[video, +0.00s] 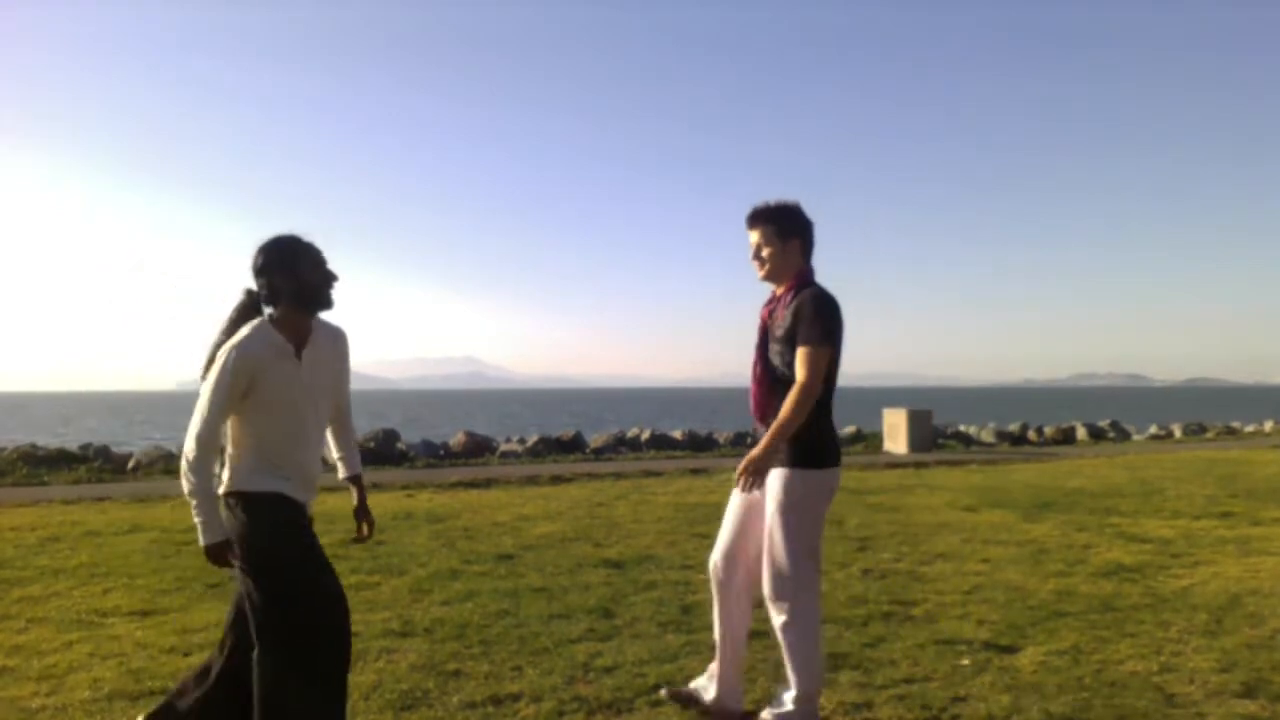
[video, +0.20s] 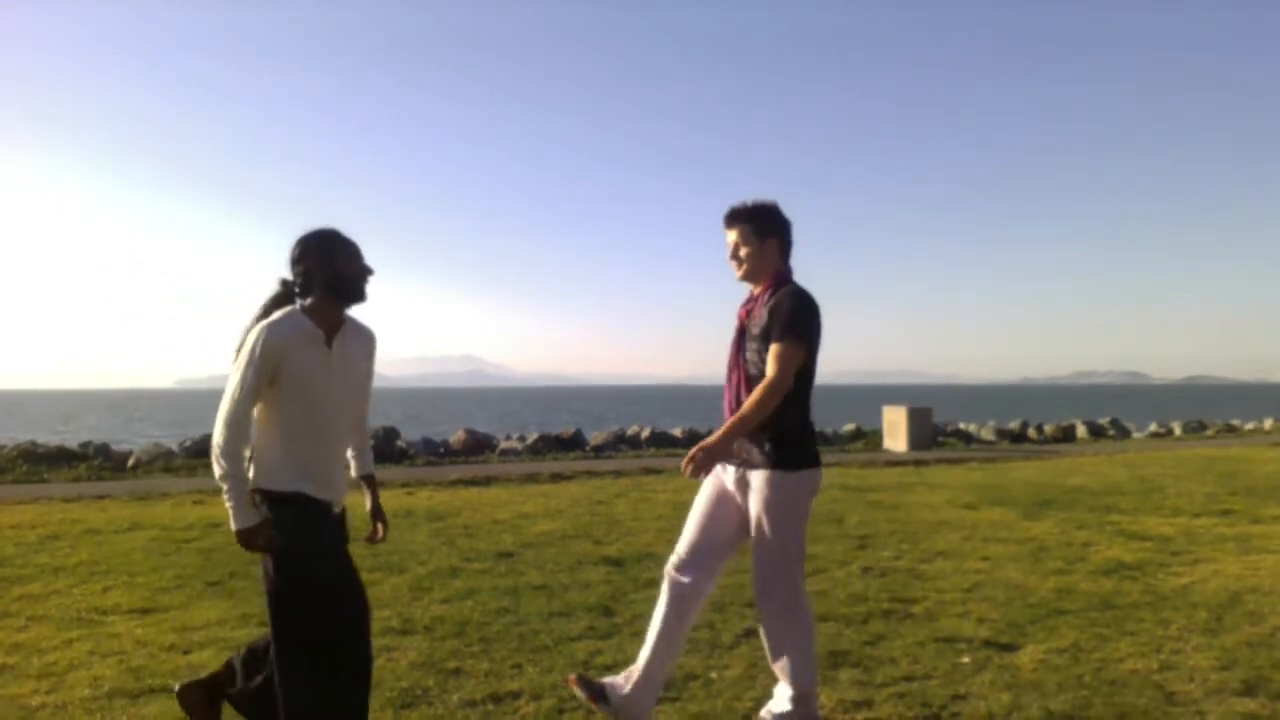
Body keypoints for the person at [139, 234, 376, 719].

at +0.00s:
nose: (332, 276)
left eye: (326, 266)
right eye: (318, 267)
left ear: (293, 280)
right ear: (285, 280)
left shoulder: (332, 341)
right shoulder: (245, 349)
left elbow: (339, 421)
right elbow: (198, 446)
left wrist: (357, 487)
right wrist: (210, 527)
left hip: (295, 504)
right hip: (253, 502)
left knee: (249, 643)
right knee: (324, 616)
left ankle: (182, 713)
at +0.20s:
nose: (367, 269)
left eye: (362, 258)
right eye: (354, 258)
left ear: (335, 271)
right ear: (320, 269)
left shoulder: (361, 341)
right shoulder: (272, 335)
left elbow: (356, 424)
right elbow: (228, 430)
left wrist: (371, 489)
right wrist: (242, 511)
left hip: (329, 503)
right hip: (283, 500)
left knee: (308, 628)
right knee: (348, 616)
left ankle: (214, 689)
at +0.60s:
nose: (416, 277)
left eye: (412, 268)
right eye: (405, 266)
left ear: (373, 275)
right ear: (371, 273)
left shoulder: (375, 331)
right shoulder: (343, 311)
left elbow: (342, 403)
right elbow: (283, 382)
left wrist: (366, 475)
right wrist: (326, 469)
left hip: (367, 499)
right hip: (328, 500)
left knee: (417, 597)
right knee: (342, 626)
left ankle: (405, 705)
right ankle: (345, 709)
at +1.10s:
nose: (460, 274)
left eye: (456, 265)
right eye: (450, 265)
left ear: (413, 278)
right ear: (419, 274)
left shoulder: (397, 325)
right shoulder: (418, 319)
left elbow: (354, 406)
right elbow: (464, 369)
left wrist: (353, 474)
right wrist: (521, 299)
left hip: (391, 485)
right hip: (406, 489)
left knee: (456, 593)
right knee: (403, 606)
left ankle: (440, 704)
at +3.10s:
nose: (492, 309)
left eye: (493, 297)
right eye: (489, 297)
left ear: (435, 289)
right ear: (474, 297)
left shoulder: (376, 335)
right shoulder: (483, 358)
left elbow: (298, 376)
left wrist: (246, 416)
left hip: (349, 523)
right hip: (428, 522)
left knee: (334, 667)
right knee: (454, 664)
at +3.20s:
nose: (477, 302)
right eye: (475, 294)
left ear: (422, 289)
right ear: (470, 297)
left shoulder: (378, 337)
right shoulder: (482, 353)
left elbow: (292, 378)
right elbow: (512, 430)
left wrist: (217, 420)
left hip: (352, 525)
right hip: (434, 524)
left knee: (321, 672)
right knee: (452, 652)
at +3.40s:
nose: (368, 304)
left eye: (374, 291)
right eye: (367, 293)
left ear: (405, 285)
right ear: (423, 289)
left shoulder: (385, 332)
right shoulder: (474, 337)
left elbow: (305, 382)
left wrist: (209, 435)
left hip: (378, 509)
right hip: (454, 510)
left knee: (323, 646)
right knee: (435, 640)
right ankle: (428, 714)